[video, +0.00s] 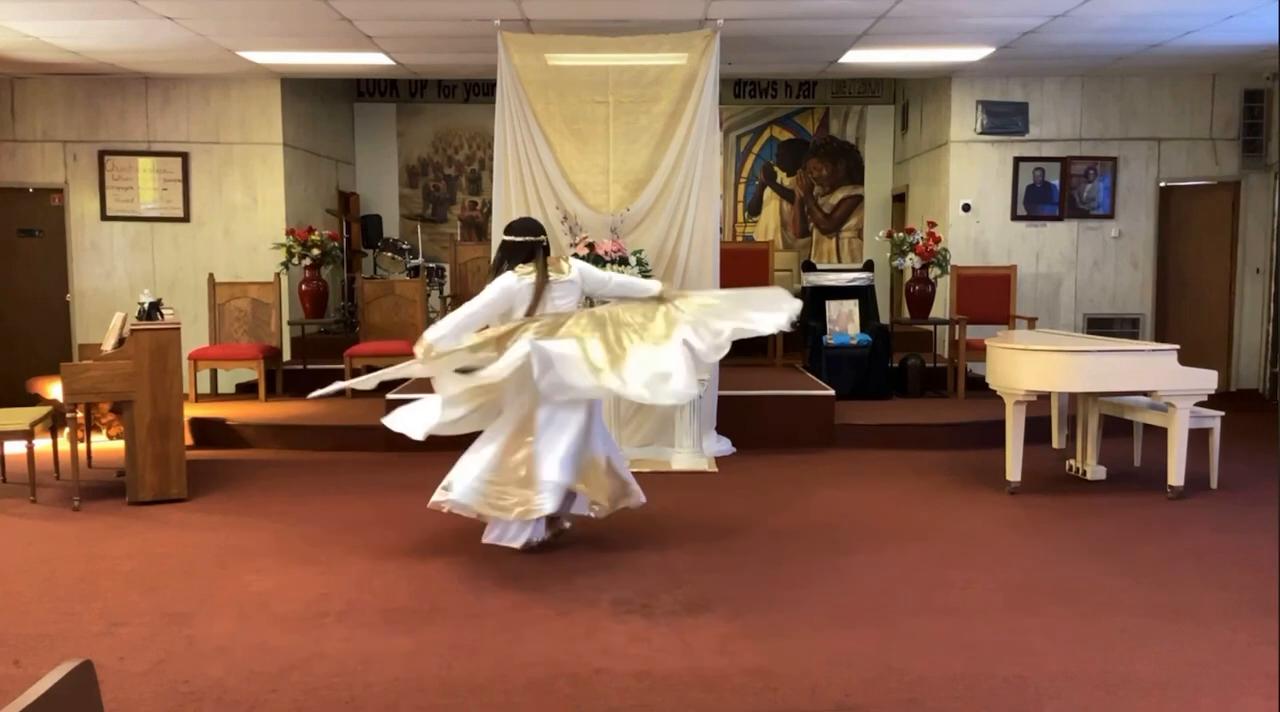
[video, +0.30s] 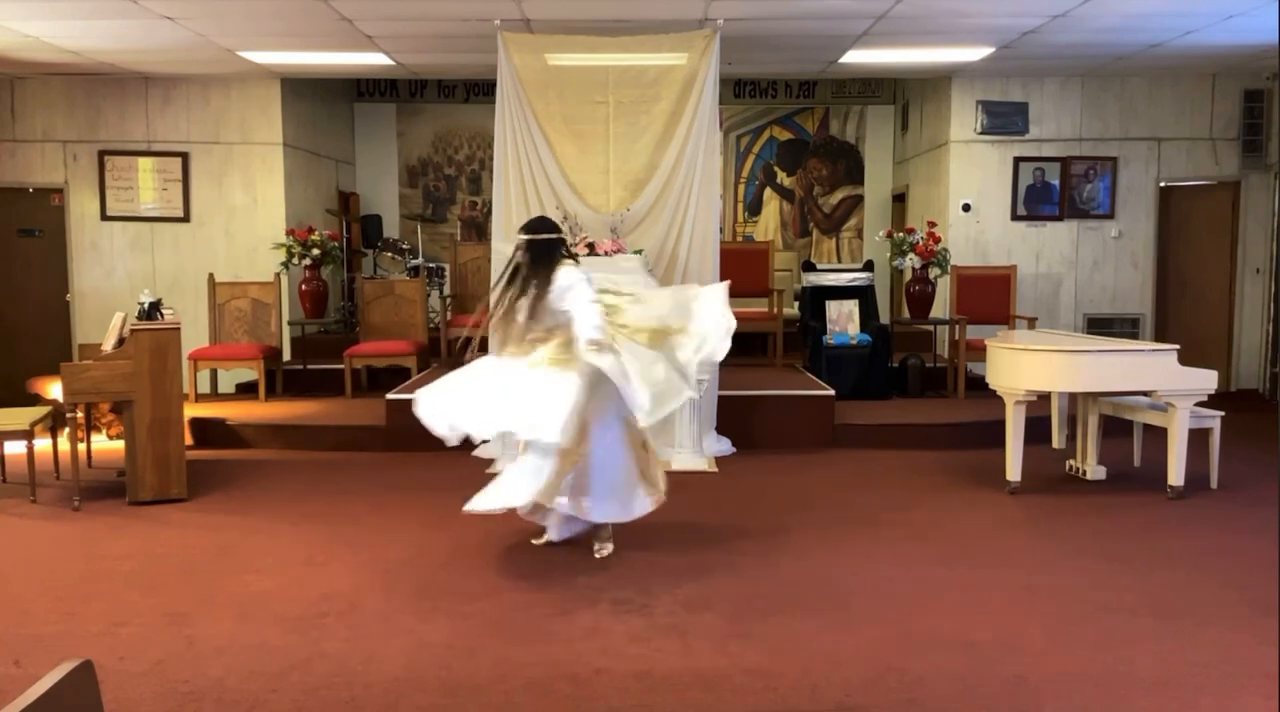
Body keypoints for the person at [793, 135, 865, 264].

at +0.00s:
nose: (815, 176)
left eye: (820, 170)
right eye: (812, 171)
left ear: (840, 166)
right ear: (808, 173)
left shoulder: (854, 193)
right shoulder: (820, 195)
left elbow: (828, 226)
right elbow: (799, 232)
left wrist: (808, 196)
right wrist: (799, 197)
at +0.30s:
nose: (815, 176)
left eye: (820, 170)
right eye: (812, 171)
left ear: (840, 166)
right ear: (808, 173)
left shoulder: (854, 193)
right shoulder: (820, 195)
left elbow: (828, 227)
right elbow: (799, 233)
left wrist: (808, 196)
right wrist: (799, 197)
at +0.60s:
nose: (815, 176)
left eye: (820, 170)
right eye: (812, 171)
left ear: (840, 166)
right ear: (808, 173)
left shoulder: (854, 193)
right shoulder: (820, 195)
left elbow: (828, 226)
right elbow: (799, 232)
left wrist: (808, 196)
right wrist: (799, 197)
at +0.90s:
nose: (815, 176)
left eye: (820, 170)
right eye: (812, 171)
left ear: (840, 166)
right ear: (808, 173)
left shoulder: (854, 193)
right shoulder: (820, 195)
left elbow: (828, 227)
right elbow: (799, 233)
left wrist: (808, 196)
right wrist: (798, 197)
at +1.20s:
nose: (815, 176)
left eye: (820, 170)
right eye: (812, 171)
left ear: (840, 166)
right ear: (808, 172)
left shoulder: (854, 193)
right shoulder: (819, 194)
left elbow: (828, 227)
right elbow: (799, 233)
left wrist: (808, 196)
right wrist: (799, 197)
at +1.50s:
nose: (815, 176)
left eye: (820, 170)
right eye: (812, 171)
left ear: (840, 165)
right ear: (808, 173)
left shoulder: (854, 193)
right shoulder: (820, 195)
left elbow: (828, 227)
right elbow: (800, 232)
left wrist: (808, 197)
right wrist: (799, 197)